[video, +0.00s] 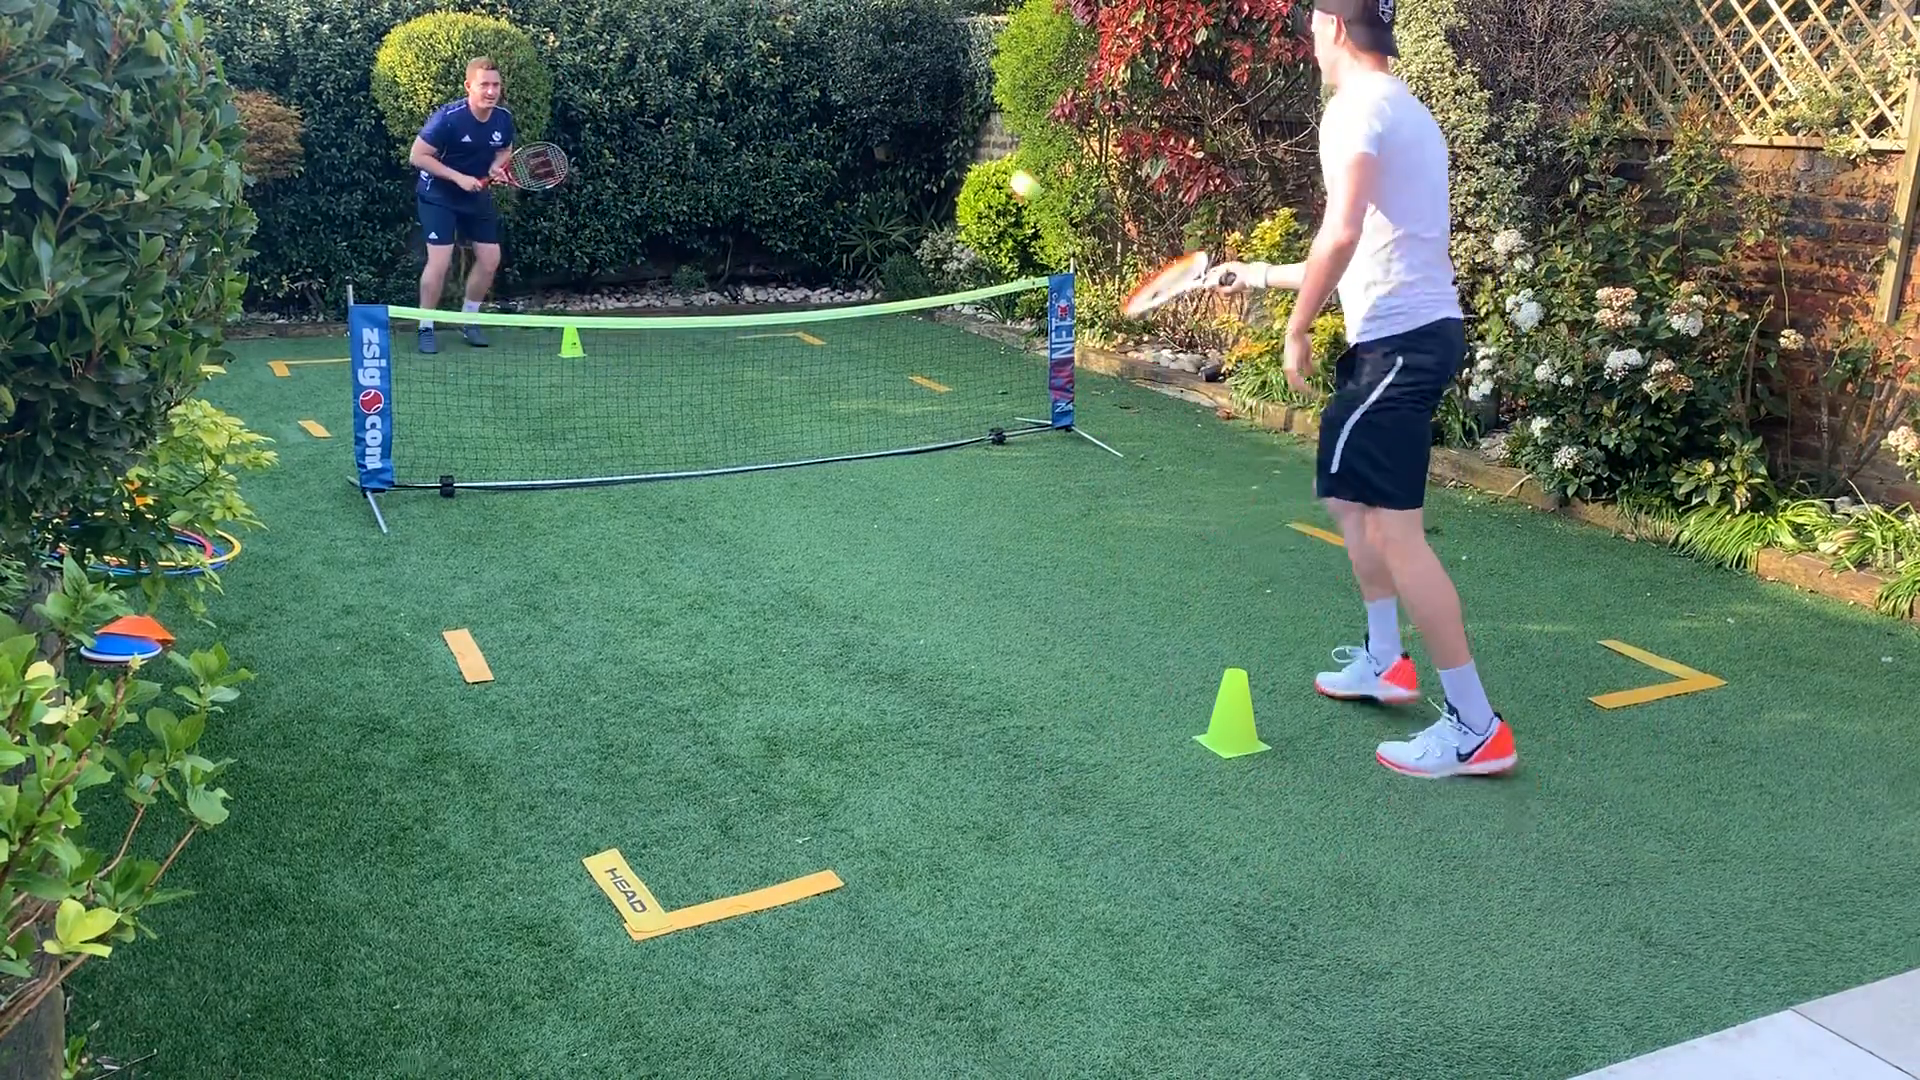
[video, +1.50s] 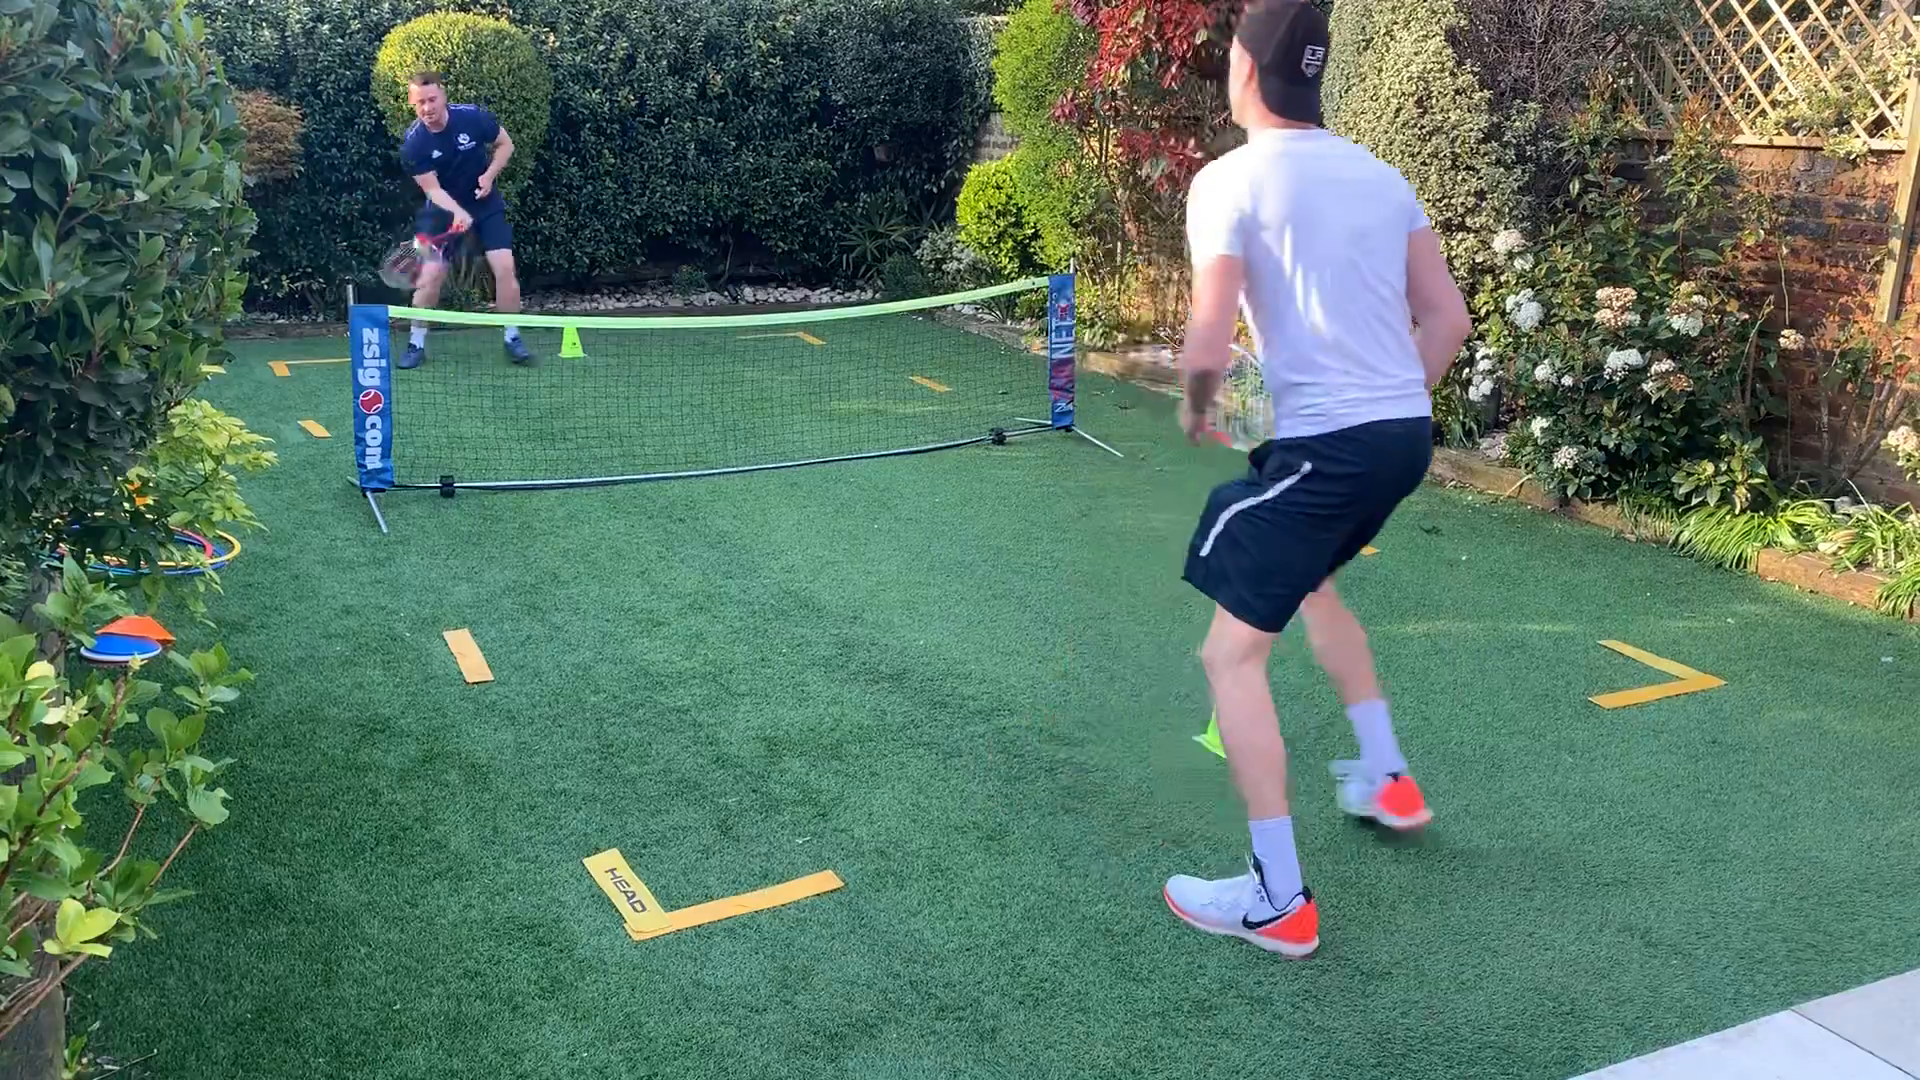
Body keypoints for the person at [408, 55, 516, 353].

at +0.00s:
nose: (492, 91)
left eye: (496, 85)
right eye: (485, 85)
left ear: (501, 88)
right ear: (469, 87)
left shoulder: (503, 120)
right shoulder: (447, 118)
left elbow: (503, 152)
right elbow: (418, 156)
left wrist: (496, 168)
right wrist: (459, 177)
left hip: (477, 194)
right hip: (438, 195)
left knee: (490, 257)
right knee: (440, 259)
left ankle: (468, 321)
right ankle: (426, 326)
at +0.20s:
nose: (490, 113)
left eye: (495, 106)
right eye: (483, 106)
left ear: (501, 109)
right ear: (468, 109)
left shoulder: (508, 145)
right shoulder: (450, 142)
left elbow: (509, 178)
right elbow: (423, 178)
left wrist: (503, 193)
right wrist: (460, 202)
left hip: (488, 211)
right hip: (448, 211)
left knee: (515, 271)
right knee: (447, 272)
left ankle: (514, 322)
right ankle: (425, 328)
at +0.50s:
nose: (462, 102)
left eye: (467, 95)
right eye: (455, 96)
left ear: (475, 98)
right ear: (443, 99)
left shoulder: (491, 135)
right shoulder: (428, 135)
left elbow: (504, 181)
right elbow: (415, 169)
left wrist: (473, 187)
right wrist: (434, 194)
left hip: (481, 209)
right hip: (441, 210)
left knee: (508, 274)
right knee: (432, 272)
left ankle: (514, 322)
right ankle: (440, 330)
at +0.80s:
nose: (430, 95)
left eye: (435, 88)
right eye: (423, 89)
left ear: (445, 89)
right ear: (414, 92)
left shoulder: (465, 126)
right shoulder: (404, 128)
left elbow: (484, 173)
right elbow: (395, 169)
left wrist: (443, 182)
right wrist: (390, 200)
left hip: (464, 209)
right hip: (423, 211)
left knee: (469, 266)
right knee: (420, 275)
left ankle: (472, 329)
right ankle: (439, 328)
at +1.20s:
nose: (409, 114)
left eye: (414, 106)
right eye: (402, 108)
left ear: (426, 103)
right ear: (395, 111)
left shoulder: (456, 128)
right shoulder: (395, 145)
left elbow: (493, 159)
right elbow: (399, 193)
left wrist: (465, 188)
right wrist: (392, 239)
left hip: (468, 211)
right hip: (426, 212)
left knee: (469, 275)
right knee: (422, 269)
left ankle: (462, 335)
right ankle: (415, 344)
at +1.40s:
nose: (412, 114)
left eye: (416, 105)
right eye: (405, 108)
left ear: (428, 100)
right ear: (396, 109)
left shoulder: (458, 120)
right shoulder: (400, 148)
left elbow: (494, 146)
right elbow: (421, 197)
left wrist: (478, 180)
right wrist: (439, 233)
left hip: (476, 205)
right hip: (437, 212)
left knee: (487, 270)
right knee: (428, 271)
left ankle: (480, 328)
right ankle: (416, 344)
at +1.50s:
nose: (427, 108)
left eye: (432, 99)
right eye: (420, 103)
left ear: (444, 97)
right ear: (413, 106)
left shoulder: (474, 118)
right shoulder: (413, 145)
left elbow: (505, 144)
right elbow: (432, 189)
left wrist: (491, 173)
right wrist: (458, 211)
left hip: (484, 203)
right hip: (441, 207)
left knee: (505, 268)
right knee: (431, 273)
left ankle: (512, 337)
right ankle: (416, 344)